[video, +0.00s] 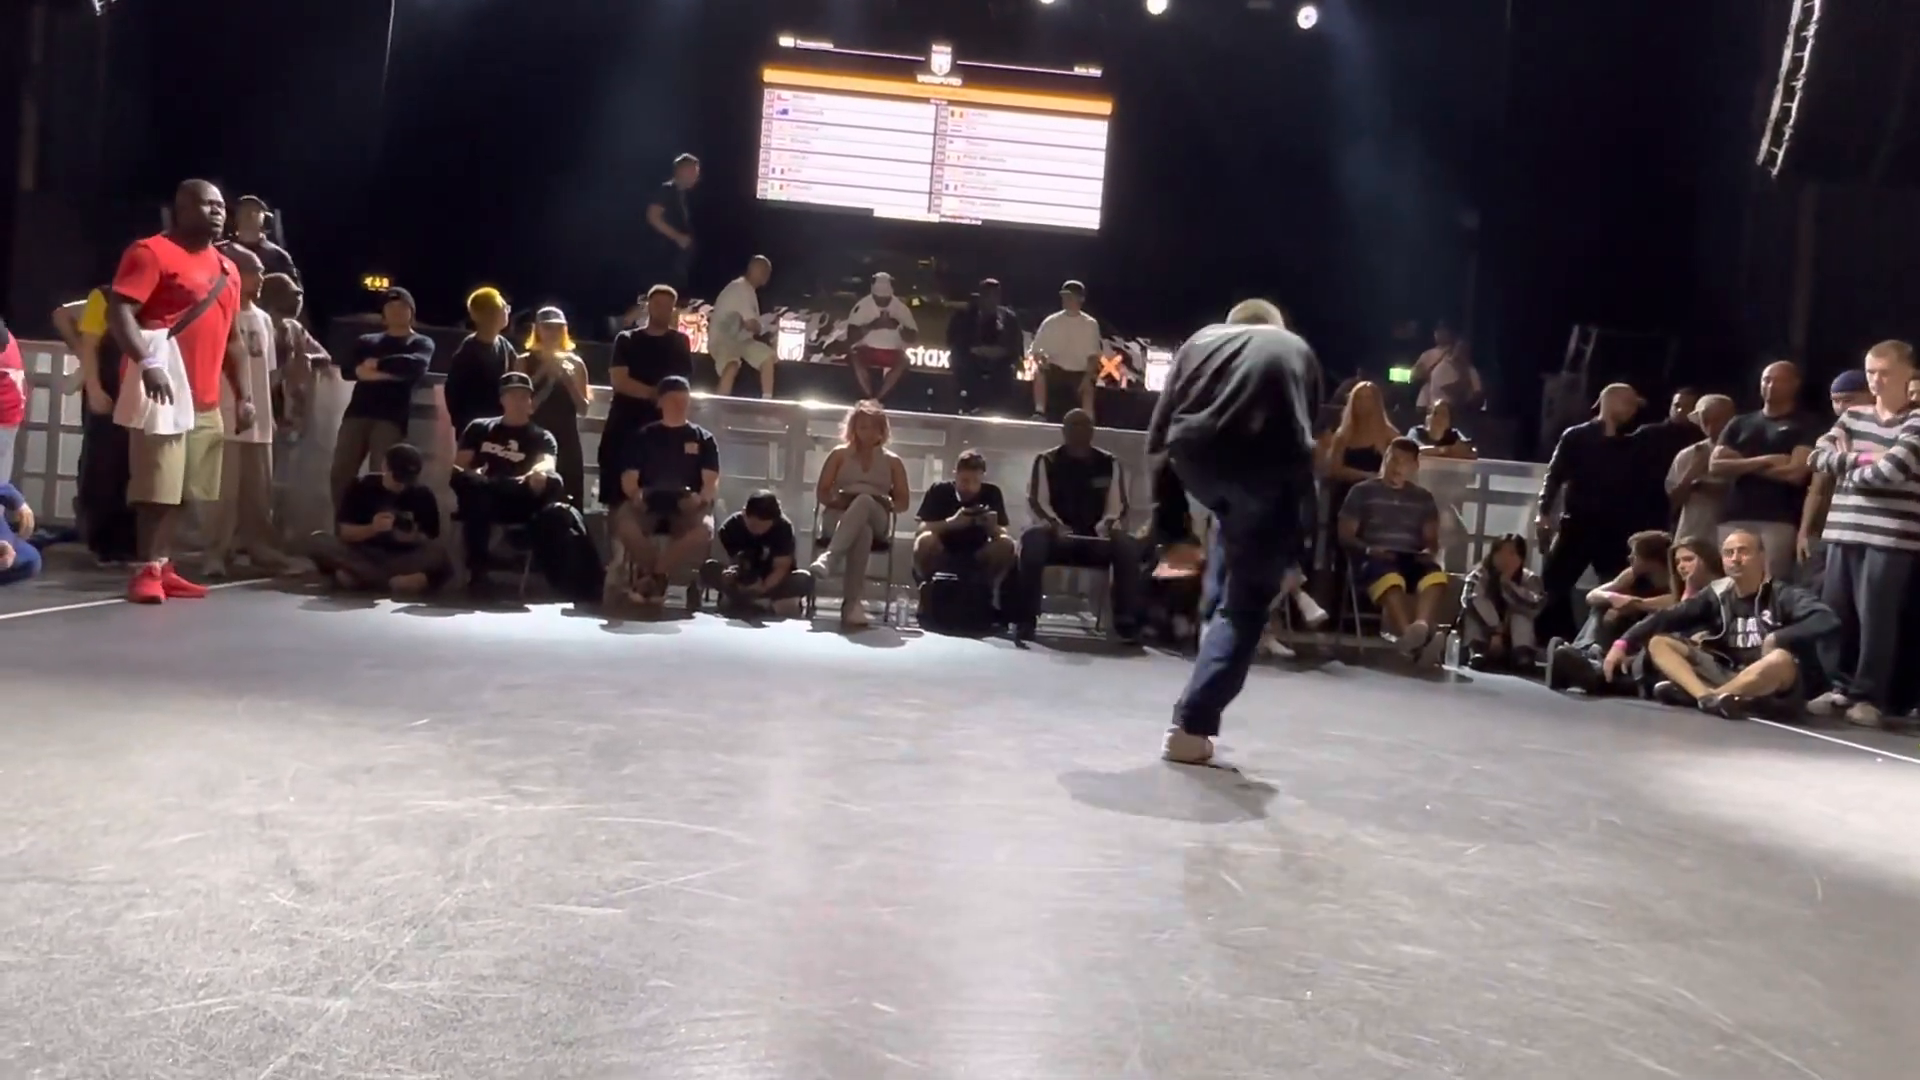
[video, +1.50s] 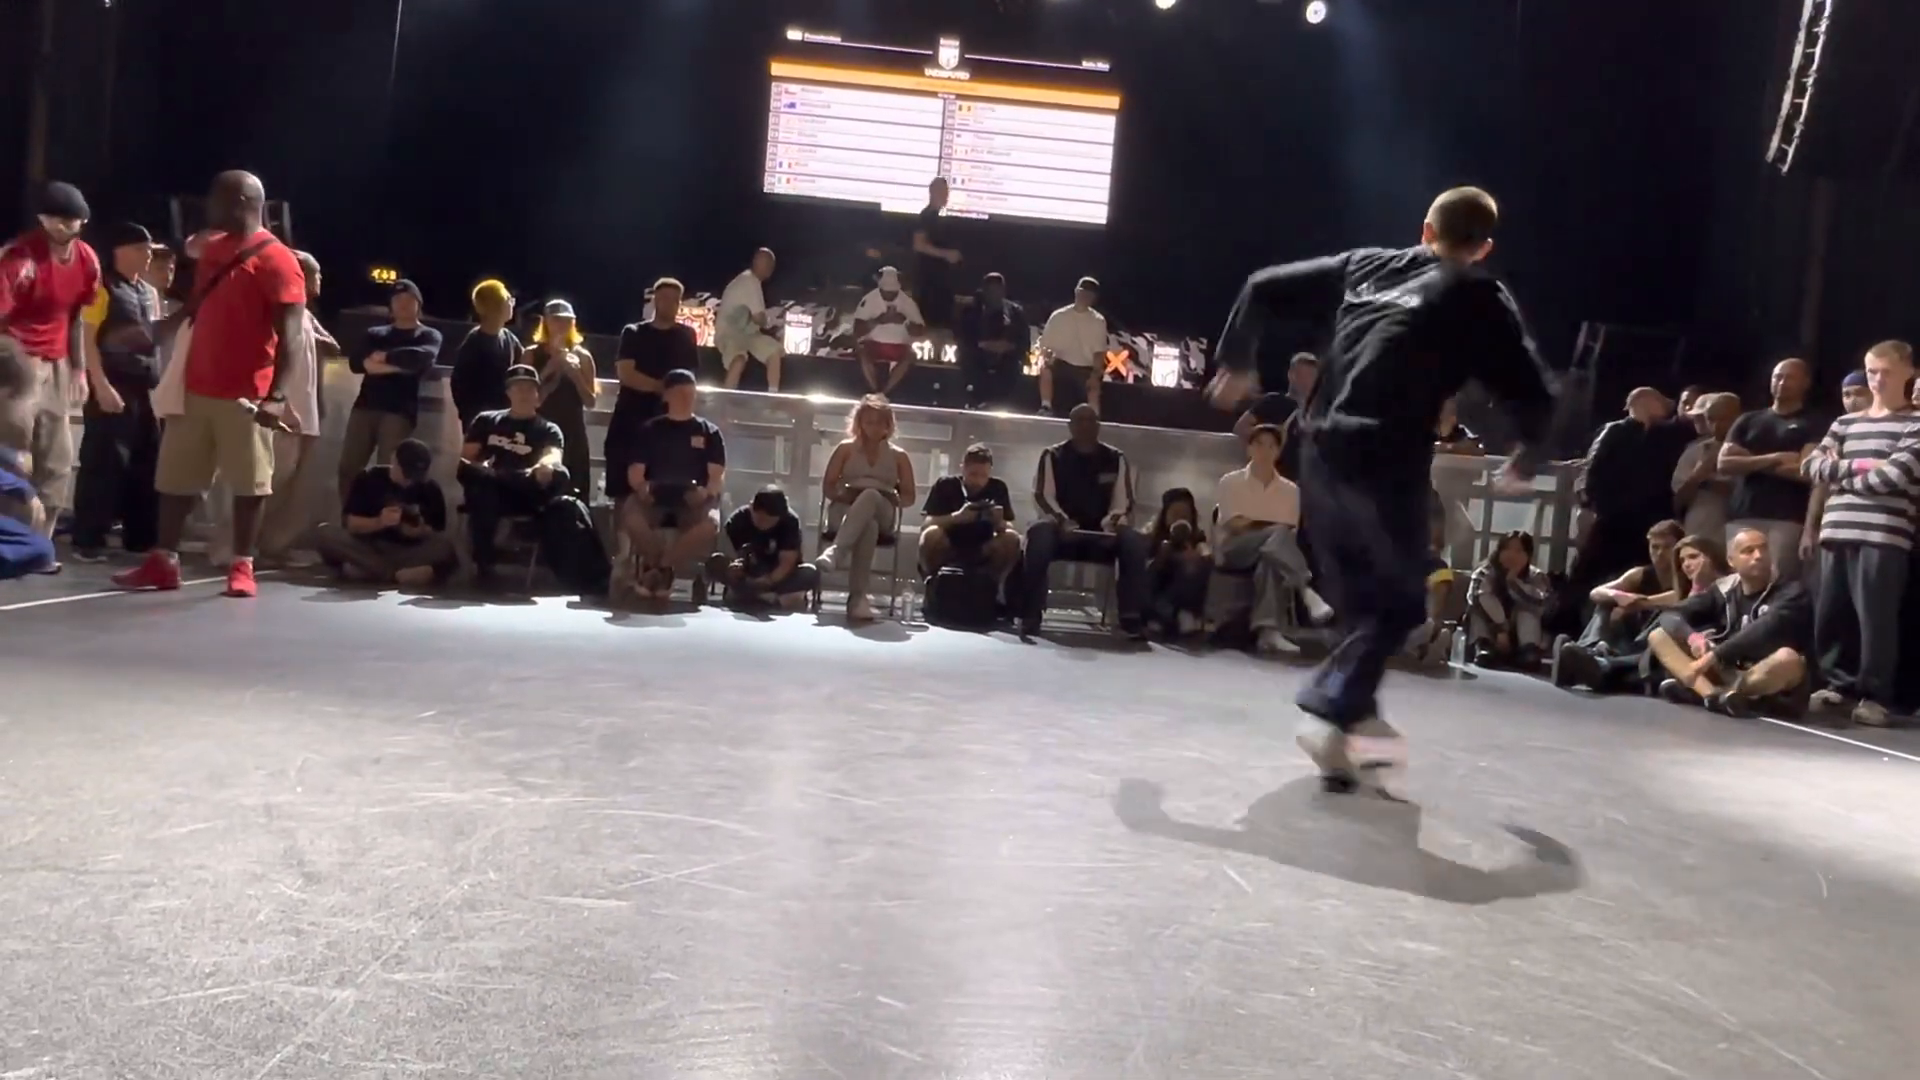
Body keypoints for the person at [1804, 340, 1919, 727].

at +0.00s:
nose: (1873, 380)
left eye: (1883, 373)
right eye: (1870, 373)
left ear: (1910, 378)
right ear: (1867, 376)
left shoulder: (1914, 422)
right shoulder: (1853, 416)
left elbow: (1889, 473)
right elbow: (1817, 457)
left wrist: (1845, 466)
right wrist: (1860, 460)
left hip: (1889, 539)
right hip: (1842, 534)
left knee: (1875, 619)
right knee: (1833, 610)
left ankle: (1870, 698)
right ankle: (1839, 687)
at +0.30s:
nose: (1877, 382)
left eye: (1886, 374)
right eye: (1874, 374)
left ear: (1915, 379)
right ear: (1871, 377)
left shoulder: (1917, 423)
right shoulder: (1860, 415)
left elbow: (1898, 475)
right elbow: (1827, 460)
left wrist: (1850, 467)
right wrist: (1868, 467)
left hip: (1895, 542)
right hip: (1849, 535)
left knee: (1882, 624)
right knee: (1834, 611)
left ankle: (1875, 699)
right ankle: (1836, 686)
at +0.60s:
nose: (1878, 380)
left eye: (1887, 373)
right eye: (1875, 373)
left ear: (1915, 377)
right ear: (1871, 375)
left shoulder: (1918, 425)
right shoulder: (1856, 420)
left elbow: (1895, 480)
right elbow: (1819, 466)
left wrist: (1845, 473)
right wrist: (1862, 470)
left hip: (1892, 540)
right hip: (1845, 537)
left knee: (1879, 621)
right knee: (1834, 613)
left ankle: (1876, 699)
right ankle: (1839, 686)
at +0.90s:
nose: (1877, 378)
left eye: (1887, 370)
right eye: (1874, 370)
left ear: (1912, 374)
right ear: (1869, 373)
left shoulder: (1916, 423)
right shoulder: (1851, 421)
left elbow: (1891, 476)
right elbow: (1815, 466)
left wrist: (1840, 471)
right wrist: (1864, 469)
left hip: (1889, 536)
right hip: (1842, 534)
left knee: (1879, 620)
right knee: (1837, 614)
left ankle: (1877, 697)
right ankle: (1841, 686)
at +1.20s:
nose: (1875, 378)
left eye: (1884, 371)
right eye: (1870, 371)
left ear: (1908, 373)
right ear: (1866, 373)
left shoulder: (1915, 422)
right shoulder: (1847, 422)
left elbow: (1893, 475)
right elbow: (1813, 466)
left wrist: (1840, 474)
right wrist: (1862, 468)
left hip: (1886, 534)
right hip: (1838, 533)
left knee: (1877, 616)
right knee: (1832, 612)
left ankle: (1877, 696)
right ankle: (1840, 685)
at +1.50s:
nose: (1875, 380)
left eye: (1884, 373)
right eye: (1871, 373)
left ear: (1908, 376)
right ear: (1865, 374)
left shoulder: (1913, 424)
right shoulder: (1845, 423)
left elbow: (1895, 476)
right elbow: (1811, 464)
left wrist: (1841, 476)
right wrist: (1858, 469)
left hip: (1883, 535)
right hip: (1835, 533)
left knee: (1876, 619)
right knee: (1830, 614)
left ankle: (1875, 697)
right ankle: (1837, 685)